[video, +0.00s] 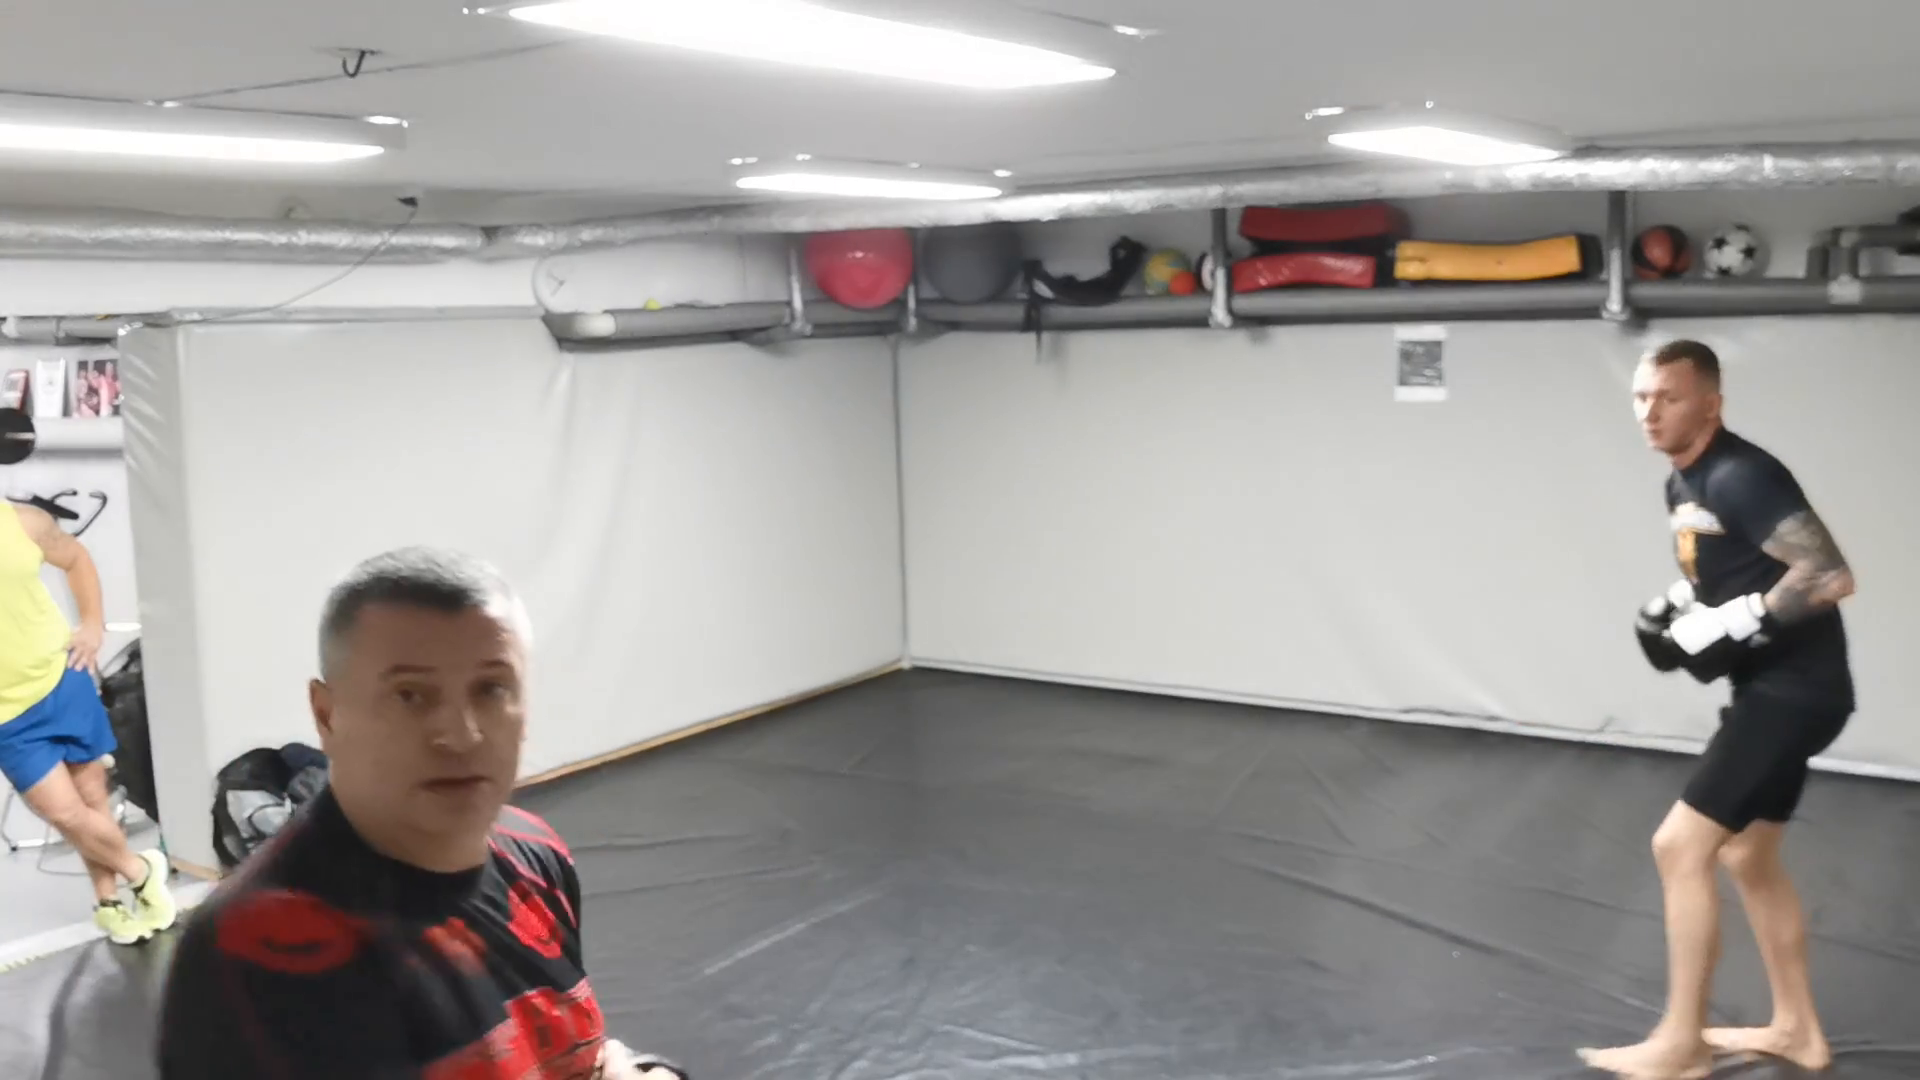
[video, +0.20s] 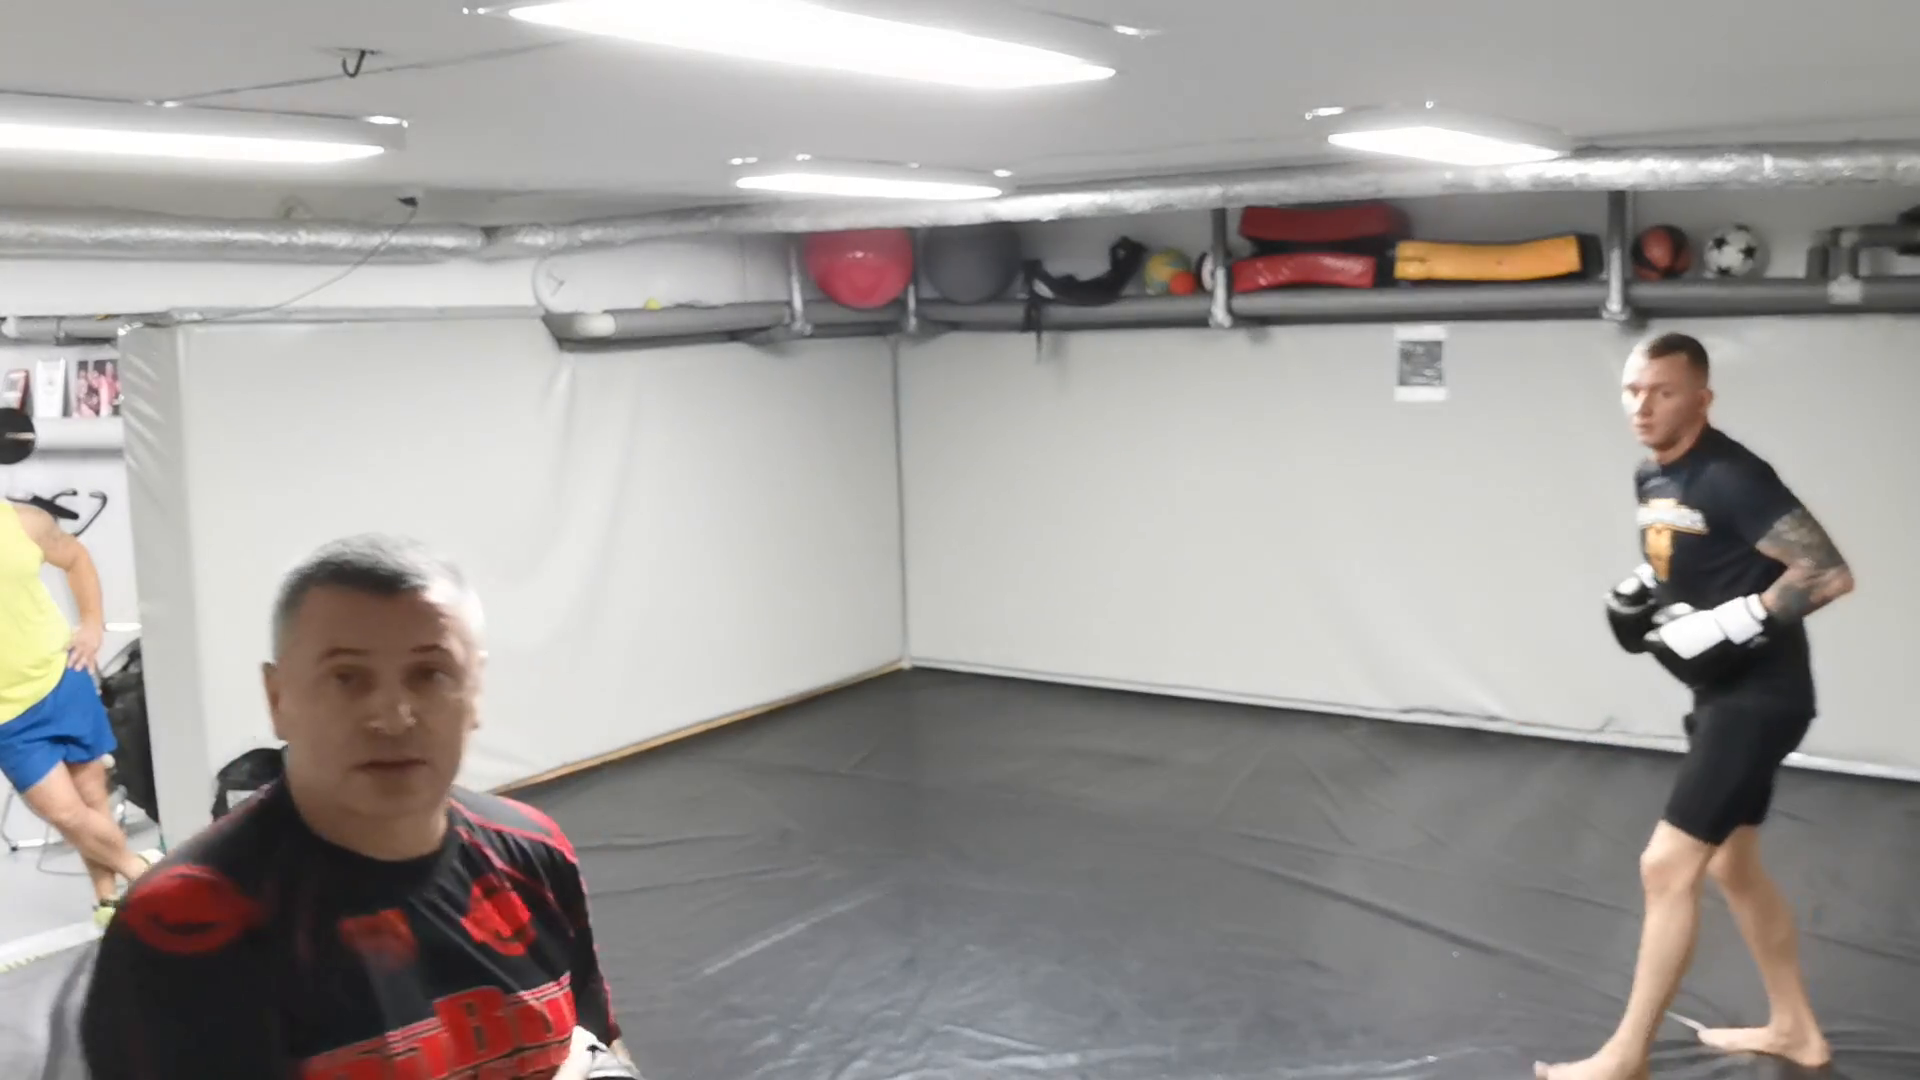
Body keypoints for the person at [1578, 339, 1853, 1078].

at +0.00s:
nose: (1650, 414)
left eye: (1667, 399)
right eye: (1643, 399)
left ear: (1711, 402)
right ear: (1637, 403)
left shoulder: (1747, 477)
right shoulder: (1682, 481)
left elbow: (1831, 575)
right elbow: (1719, 578)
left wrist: (1737, 618)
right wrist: (1680, 611)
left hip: (1797, 690)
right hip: (1766, 685)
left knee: (1681, 846)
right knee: (1751, 854)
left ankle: (1679, 1040)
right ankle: (1797, 1028)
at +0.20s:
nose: (1643, 407)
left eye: (1661, 393)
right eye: (1634, 393)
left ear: (1701, 399)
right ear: (1625, 398)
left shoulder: (1734, 477)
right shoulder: (1653, 476)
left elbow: (1829, 573)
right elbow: (1675, 568)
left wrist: (1720, 623)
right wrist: (1640, 598)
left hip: (1761, 697)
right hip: (1718, 693)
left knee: (1668, 867)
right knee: (1736, 867)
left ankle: (1625, 1053)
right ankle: (1795, 1025)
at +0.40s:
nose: (1621, 406)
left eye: (1641, 393)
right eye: (1611, 390)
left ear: (1676, 401)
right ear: (1600, 394)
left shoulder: (1701, 484)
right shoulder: (1611, 472)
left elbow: (1784, 594)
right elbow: (1637, 567)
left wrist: (1682, 630)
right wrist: (1600, 595)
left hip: (1717, 698)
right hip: (1675, 694)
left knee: (1632, 872)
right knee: (1718, 864)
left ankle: (1619, 1059)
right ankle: (1790, 1017)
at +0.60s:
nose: (1595, 402)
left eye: (1615, 389)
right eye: (1584, 385)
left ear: (1649, 397)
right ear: (1570, 387)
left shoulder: (1666, 488)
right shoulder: (1581, 462)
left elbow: (1701, 624)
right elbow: (1595, 559)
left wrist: (1591, 625)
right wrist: (1553, 576)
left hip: (1677, 698)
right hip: (1631, 688)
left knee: (1613, 879)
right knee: (1649, 853)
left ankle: (1618, 1060)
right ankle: (1756, 984)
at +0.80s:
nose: (1580, 394)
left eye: (1601, 382)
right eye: (1569, 377)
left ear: (1634, 393)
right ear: (1556, 381)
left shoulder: (1638, 481)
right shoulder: (1560, 454)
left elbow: (1630, 622)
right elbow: (1574, 543)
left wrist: (1537, 591)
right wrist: (1527, 544)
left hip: (1646, 703)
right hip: (1598, 690)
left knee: (1609, 885)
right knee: (1557, 840)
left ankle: (1619, 1059)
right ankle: (1650, 998)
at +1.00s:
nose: (1557, 389)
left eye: (1577, 377)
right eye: (1546, 372)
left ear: (1611, 389)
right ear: (1531, 377)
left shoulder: (1613, 476)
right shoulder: (1536, 449)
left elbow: (1604, 615)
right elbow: (1545, 545)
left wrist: (1510, 585)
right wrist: (1497, 545)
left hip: (1620, 707)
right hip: (1565, 694)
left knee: (1603, 889)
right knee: (1504, 846)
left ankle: (1619, 1059)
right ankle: (1498, 1018)